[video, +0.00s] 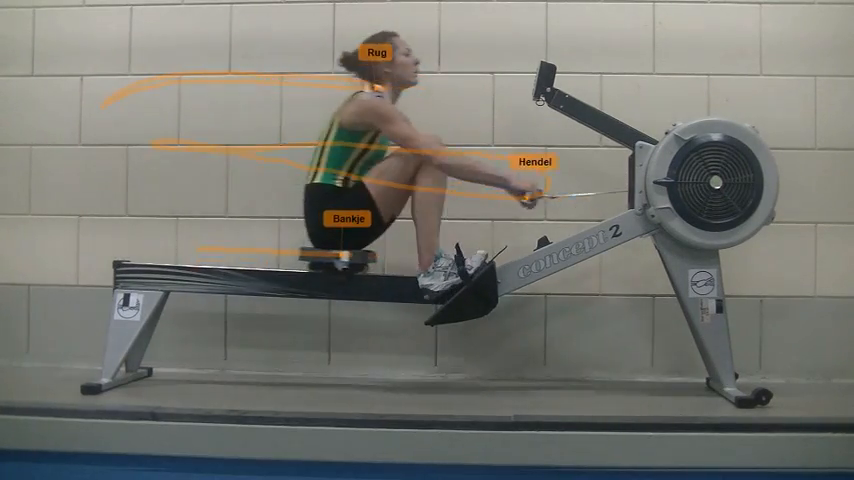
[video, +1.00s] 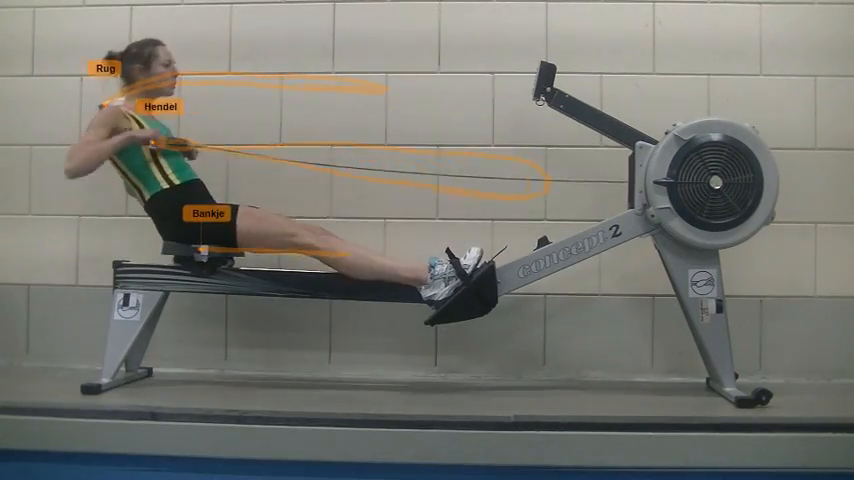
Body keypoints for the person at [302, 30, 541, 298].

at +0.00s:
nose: (416, 60)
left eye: (411, 54)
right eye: (406, 55)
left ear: (387, 69)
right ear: (384, 67)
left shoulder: (380, 106)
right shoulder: (371, 105)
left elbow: (439, 158)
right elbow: (438, 157)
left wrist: (506, 182)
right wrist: (508, 181)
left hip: (338, 217)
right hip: (331, 218)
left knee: (428, 158)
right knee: (426, 158)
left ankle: (434, 263)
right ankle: (429, 271)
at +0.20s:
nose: (414, 57)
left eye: (410, 50)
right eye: (404, 52)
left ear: (384, 67)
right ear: (382, 65)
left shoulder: (379, 102)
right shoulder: (373, 102)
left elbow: (449, 147)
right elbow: (448, 141)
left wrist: (515, 160)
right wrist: (517, 157)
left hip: (336, 214)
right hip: (330, 215)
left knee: (434, 159)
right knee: (430, 158)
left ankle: (435, 262)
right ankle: (429, 273)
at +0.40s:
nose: (336, 54)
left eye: (331, 47)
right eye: (326, 49)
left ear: (304, 63)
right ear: (302, 61)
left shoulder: (303, 103)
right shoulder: (288, 97)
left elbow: (366, 147)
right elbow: (360, 131)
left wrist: (428, 156)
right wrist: (431, 139)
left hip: (275, 211)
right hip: (263, 213)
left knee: (379, 167)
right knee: (376, 169)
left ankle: (432, 273)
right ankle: (430, 279)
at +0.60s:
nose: (238, 50)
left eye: (235, 44)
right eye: (228, 45)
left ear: (211, 54)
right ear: (204, 52)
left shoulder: (204, 98)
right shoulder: (191, 93)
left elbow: (262, 147)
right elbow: (255, 127)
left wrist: (329, 151)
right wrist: (329, 135)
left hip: (207, 212)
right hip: (197, 213)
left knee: (328, 217)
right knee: (326, 217)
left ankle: (428, 276)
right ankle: (427, 279)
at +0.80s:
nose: (177, 73)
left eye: (176, 66)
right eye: (169, 66)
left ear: (158, 72)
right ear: (142, 70)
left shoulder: (153, 119)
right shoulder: (122, 110)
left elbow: (182, 177)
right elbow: (136, 161)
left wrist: (230, 164)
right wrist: (200, 145)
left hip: (199, 211)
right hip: (186, 213)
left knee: (311, 236)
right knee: (305, 239)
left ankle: (430, 277)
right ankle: (426, 281)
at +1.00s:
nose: (173, 77)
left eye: (172, 70)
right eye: (165, 70)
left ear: (152, 74)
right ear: (140, 74)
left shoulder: (146, 115)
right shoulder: (116, 113)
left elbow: (149, 163)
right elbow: (74, 166)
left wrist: (179, 150)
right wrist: (130, 137)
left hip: (197, 213)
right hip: (185, 218)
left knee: (311, 232)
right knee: (308, 234)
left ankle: (427, 276)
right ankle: (429, 279)